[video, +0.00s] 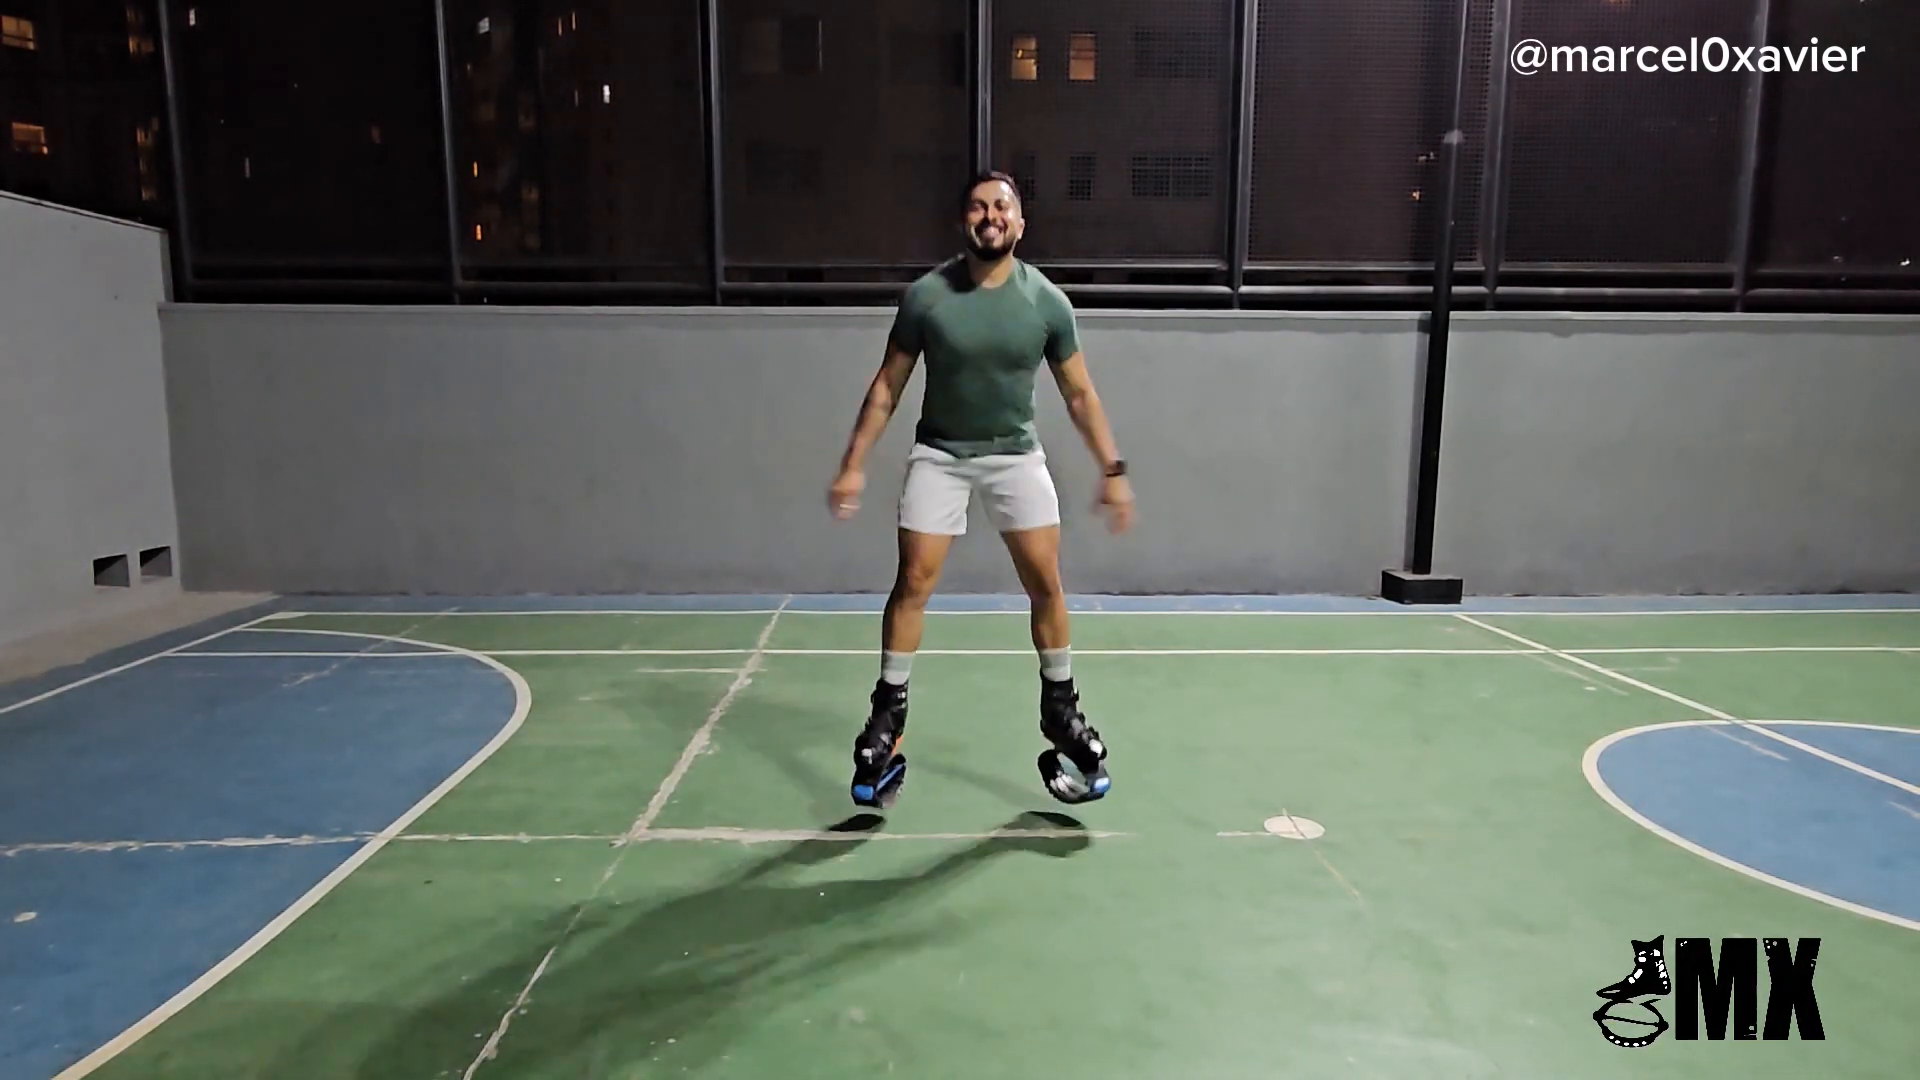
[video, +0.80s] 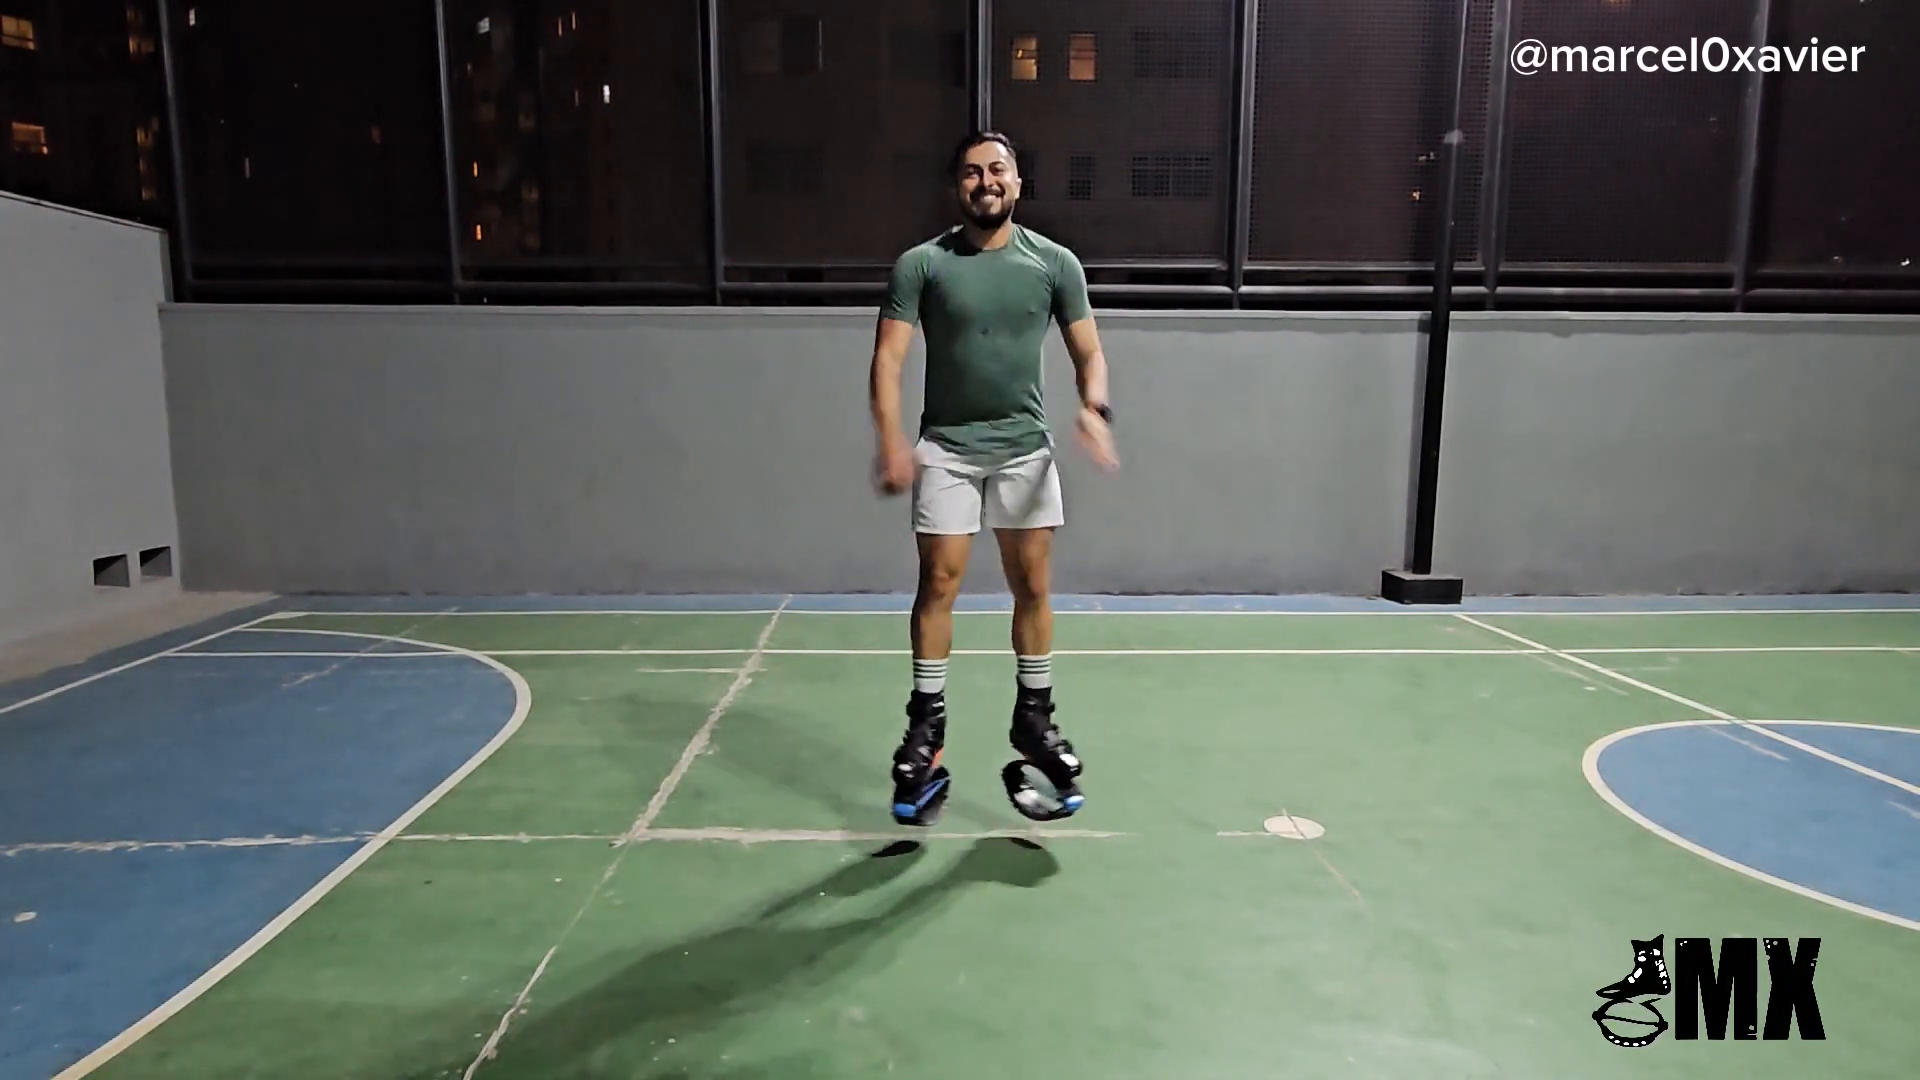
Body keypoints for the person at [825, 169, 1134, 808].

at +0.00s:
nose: (990, 215)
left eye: (1002, 206)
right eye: (979, 206)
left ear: (1021, 222)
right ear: (963, 221)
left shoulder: (1045, 301)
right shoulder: (927, 296)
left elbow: (1080, 393)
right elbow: (887, 387)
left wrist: (1112, 468)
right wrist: (853, 463)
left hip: (1016, 459)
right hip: (939, 459)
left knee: (1046, 582)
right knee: (914, 580)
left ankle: (1061, 709)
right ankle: (887, 713)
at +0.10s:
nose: (985, 262)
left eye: (996, 251)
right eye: (974, 253)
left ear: (1015, 267)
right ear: (960, 270)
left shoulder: (1046, 346)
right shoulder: (923, 346)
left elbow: (1112, 413)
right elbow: (859, 410)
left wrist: (1186, 423)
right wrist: (784, 415)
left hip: (1018, 508)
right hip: (940, 507)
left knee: (1042, 625)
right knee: (917, 626)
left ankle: (1061, 759)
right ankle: (884, 763)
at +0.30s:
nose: (985, 199)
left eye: (996, 189)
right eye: (973, 190)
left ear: (1016, 205)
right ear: (956, 207)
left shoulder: (1050, 281)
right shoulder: (921, 281)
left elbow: (1101, 362)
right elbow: (874, 363)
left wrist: (1157, 387)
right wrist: (825, 405)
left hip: (1018, 455)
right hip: (942, 455)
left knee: (1035, 579)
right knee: (924, 581)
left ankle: (1052, 717)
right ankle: (899, 724)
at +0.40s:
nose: (986, 191)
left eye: (997, 182)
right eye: (973, 183)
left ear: (1015, 200)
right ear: (956, 203)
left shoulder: (1049, 276)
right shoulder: (921, 277)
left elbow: (1079, 362)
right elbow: (904, 377)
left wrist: (1057, 417)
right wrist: (914, 457)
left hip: (1020, 444)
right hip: (943, 445)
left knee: (1028, 571)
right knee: (937, 571)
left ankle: (1033, 708)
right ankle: (923, 714)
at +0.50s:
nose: (990, 224)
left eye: (998, 213)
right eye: (976, 215)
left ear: (1014, 227)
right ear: (957, 232)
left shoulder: (1048, 306)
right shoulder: (924, 308)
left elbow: (1049, 390)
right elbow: (926, 401)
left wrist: (959, 390)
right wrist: (1014, 433)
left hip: (1020, 471)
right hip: (948, 472)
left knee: (1017, 601)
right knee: (950, 604)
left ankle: (1013, 738)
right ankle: (945, 744)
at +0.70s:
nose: (985, 209)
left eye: (996, 197)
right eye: (972, 199)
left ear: (1014, 206)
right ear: (954, 213)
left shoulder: (1053, 288)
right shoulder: (920, 290)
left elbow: (1076, 381)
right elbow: (909, 385)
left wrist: (1020, 351)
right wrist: (973, 388)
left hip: (1023, 471)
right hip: (948, 471)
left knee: (1018, 602)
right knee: (950, 600)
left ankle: (1015, 746)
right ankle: (944, 752)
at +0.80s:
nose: (985, 181)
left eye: (997, 169)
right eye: (972, 171)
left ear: (1019, 183)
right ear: (956, 187)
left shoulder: (1055, 264)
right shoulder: (922, 264)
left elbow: (1088, 354)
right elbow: (888, 358)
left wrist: (1093, 408)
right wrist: (890, 441)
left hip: (1025, 449)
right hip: (945, 450)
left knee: (1032, 584)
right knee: (939, 580)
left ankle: (1034, 718)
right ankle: (927, 724)